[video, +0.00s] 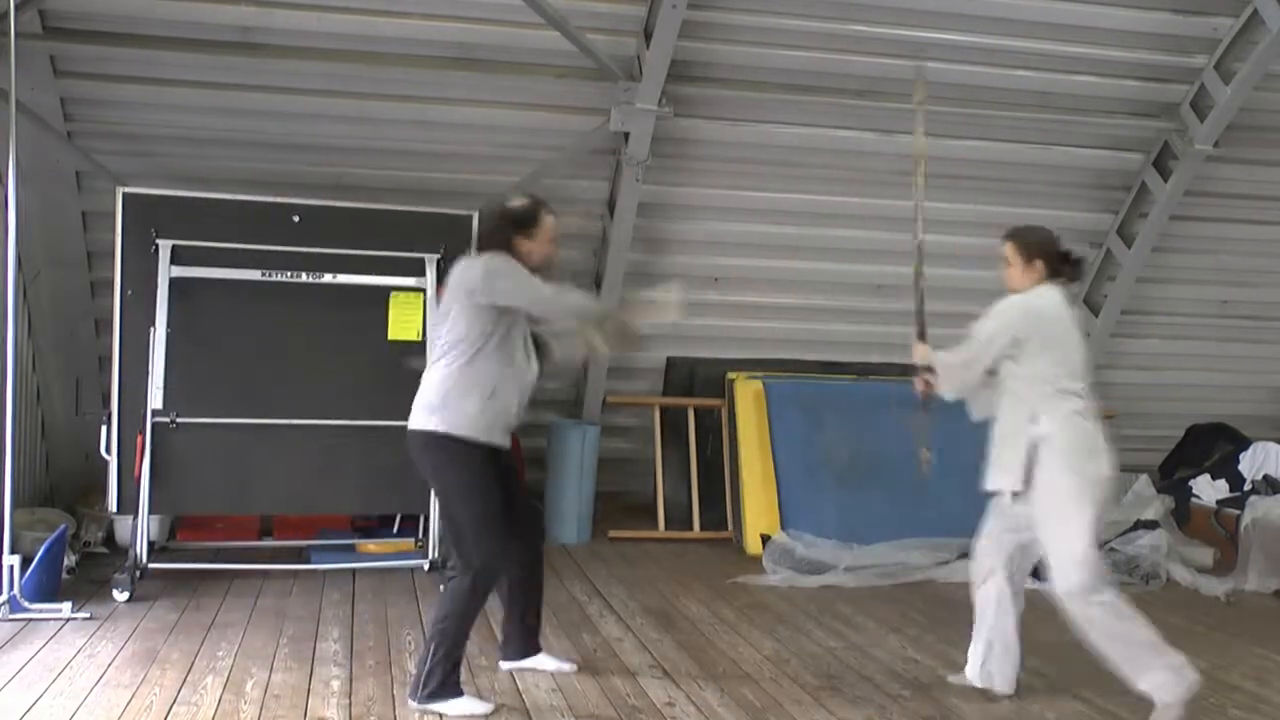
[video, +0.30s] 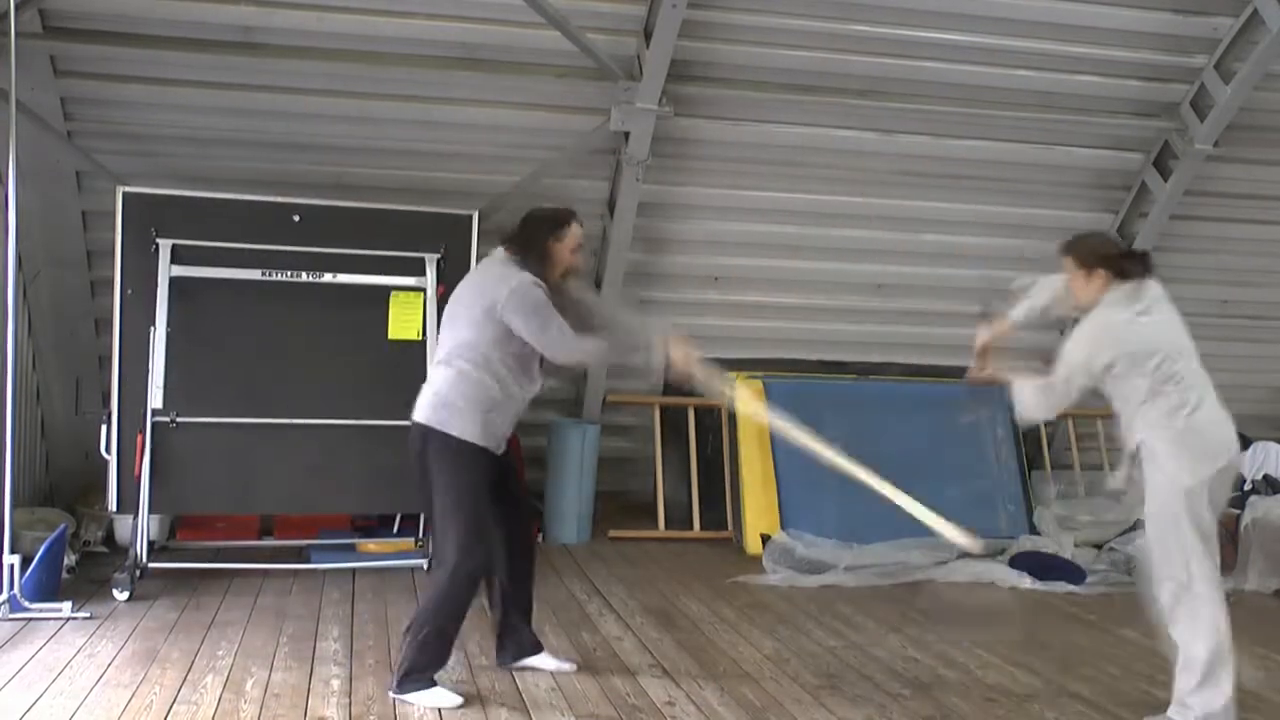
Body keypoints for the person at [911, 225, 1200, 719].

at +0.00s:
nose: (1003, 272)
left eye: (1009, 264)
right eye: (1004, 263)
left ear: (1035, 266)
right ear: (1040, 267)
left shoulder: (1032, 305)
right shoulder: (1051, 309)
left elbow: (973, 357)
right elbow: (1007, 391)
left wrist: (933, 359)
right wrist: (947, 383)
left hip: (1061, 457)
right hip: (1035, 460)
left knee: (1075, 581)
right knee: (994, 560)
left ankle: (1173, 682)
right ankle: (991, 675)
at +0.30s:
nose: (1067, 286)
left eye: (1071, 277)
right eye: (1066, 277)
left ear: (1098, 276)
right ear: (1107, 273)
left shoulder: (1100, 328)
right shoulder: (1147, 293)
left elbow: (1048, 398)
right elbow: (1062, 287)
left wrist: (1003, 378)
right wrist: (1003, 325)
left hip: (1180, 464)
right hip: (1210, 450)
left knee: (1184, 580)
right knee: (1180, 573)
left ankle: (1202, 704)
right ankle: (1205, 695)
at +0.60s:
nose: (1144, 264)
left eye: (1154, 255)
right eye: (1146, 255)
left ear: (1182, 262)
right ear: (1186, 264)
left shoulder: (1183, 309)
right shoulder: (1203, 307)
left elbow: (1113, 366)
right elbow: (1131, 369)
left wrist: (1073, 317)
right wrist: (1093, 334)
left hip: (1223, 469)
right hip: (1255, 463)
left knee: (1162, 584)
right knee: (1252, 594)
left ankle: (1197, 707)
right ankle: (1275, 701)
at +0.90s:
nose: (1166, 275)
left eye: (1174, 264)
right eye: (1166, 264)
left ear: (1204, 268)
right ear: (1210, 270)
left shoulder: (1218, 300)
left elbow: (1145, 333)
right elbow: (1165, 409)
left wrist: (1092, 365)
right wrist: (1112, 383)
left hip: (1247, 480)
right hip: (1222, 482)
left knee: (1174, 595)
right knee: (1236, 605)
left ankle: (1182, 709)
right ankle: (1269, 706)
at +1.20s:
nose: (1143, 247)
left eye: (1152, 234)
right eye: (1141, 236)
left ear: (1182, 233)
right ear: (1144, 242)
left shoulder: (1208, 282)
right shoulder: (1135, 293)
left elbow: (1181, 188)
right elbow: (1093, 227)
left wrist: (1124, 155)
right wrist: (1109, 154)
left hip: (1209, 467)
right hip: (1158, 474)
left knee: (1146, 591)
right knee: (1210, 618)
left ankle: (1185, 711)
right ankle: (1246, 712)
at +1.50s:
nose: (1065, 281)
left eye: (1079, 265)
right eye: (1066, 271)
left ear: (1108, 264)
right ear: (1092, 270)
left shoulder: (1128, 308)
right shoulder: (1093, 318)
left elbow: (1080, 251)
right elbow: (1043, 255)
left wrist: (1069, 183)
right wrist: (1038, 189)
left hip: (1151, 502)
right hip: (1094, 505)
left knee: (1151, 655)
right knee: (1035, 585)